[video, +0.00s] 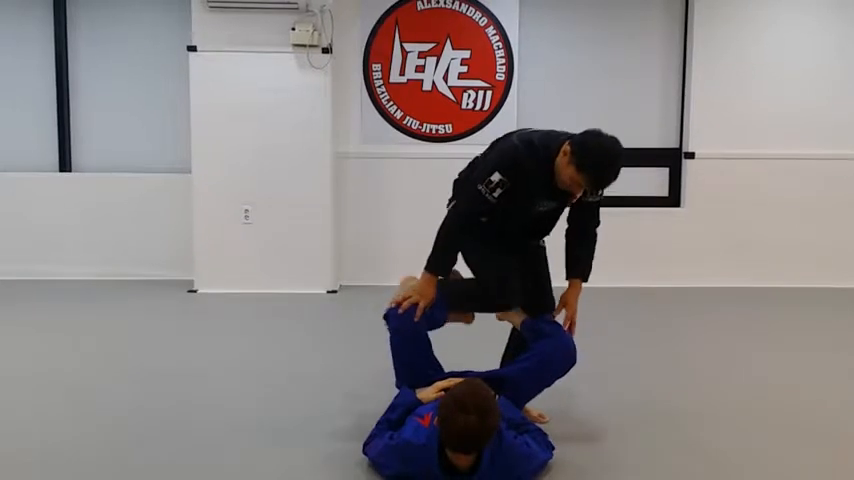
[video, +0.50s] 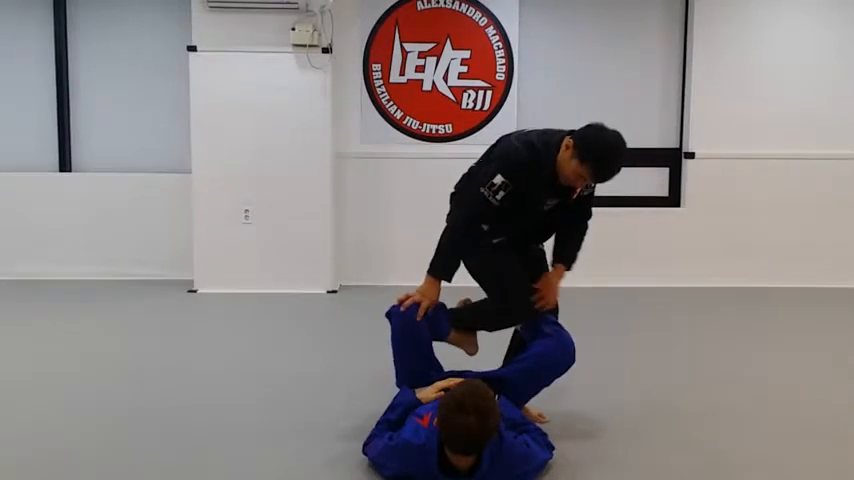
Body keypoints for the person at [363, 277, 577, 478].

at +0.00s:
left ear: (437, 421)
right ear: (495, 427)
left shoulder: (409, 452)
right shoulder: (516, 458)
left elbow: (374, 443)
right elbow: (540, 441)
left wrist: (412, 398)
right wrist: (511, 410)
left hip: (429, 393)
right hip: (496, 397)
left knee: (402, 317)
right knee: (562, 349)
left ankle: (454, 309)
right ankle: (517, 316)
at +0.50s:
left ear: (438, 426)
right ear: (496, 426)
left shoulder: (407, 452)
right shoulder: (514, 456)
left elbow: (373, 444)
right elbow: (541, 444)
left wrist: (412, 397)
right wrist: (509, 405)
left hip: (428, 392)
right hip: (496, 395)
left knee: (404, 313)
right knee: (562, 348)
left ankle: (453, 330)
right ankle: (528, 306)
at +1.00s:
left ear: (437, 424)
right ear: (496, 426)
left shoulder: (406, 453)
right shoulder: (515, 457)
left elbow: (374, 443)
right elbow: (540, 442)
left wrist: (413, 397)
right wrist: (509, 405)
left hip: (428, 392)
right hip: (498, 394)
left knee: (404, 318)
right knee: (558, 342)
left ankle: (451, 327)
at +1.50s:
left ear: (437, 422)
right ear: (495, 424)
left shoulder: (405, 454)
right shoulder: (516, 457)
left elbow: (373, 444)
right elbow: (540, 441)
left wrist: (413, 397)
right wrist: (505, 404)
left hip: (425, 394)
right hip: (494, 396)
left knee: (396, 317)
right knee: (551, 335)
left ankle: (442, 340)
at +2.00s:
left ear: (438, 423)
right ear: (496, 426)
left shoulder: (405, 453)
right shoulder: (516, 456)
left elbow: (374, 443)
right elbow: (540, 441)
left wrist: (414, 396)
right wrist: (505, 403)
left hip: (426, 393)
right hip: (496, 395)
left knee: (409, 314)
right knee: (556, 340)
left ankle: (448, 338)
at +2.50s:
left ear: (439, 418)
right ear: (498, 423)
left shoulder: (409, 452)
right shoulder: (516, 456)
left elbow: (375, 443)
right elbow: (540, 440)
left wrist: (414, 397)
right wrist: (512, 407)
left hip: (428, 395)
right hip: (496, 395)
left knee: (421, 312)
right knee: (555, 344)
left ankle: (430, 287)